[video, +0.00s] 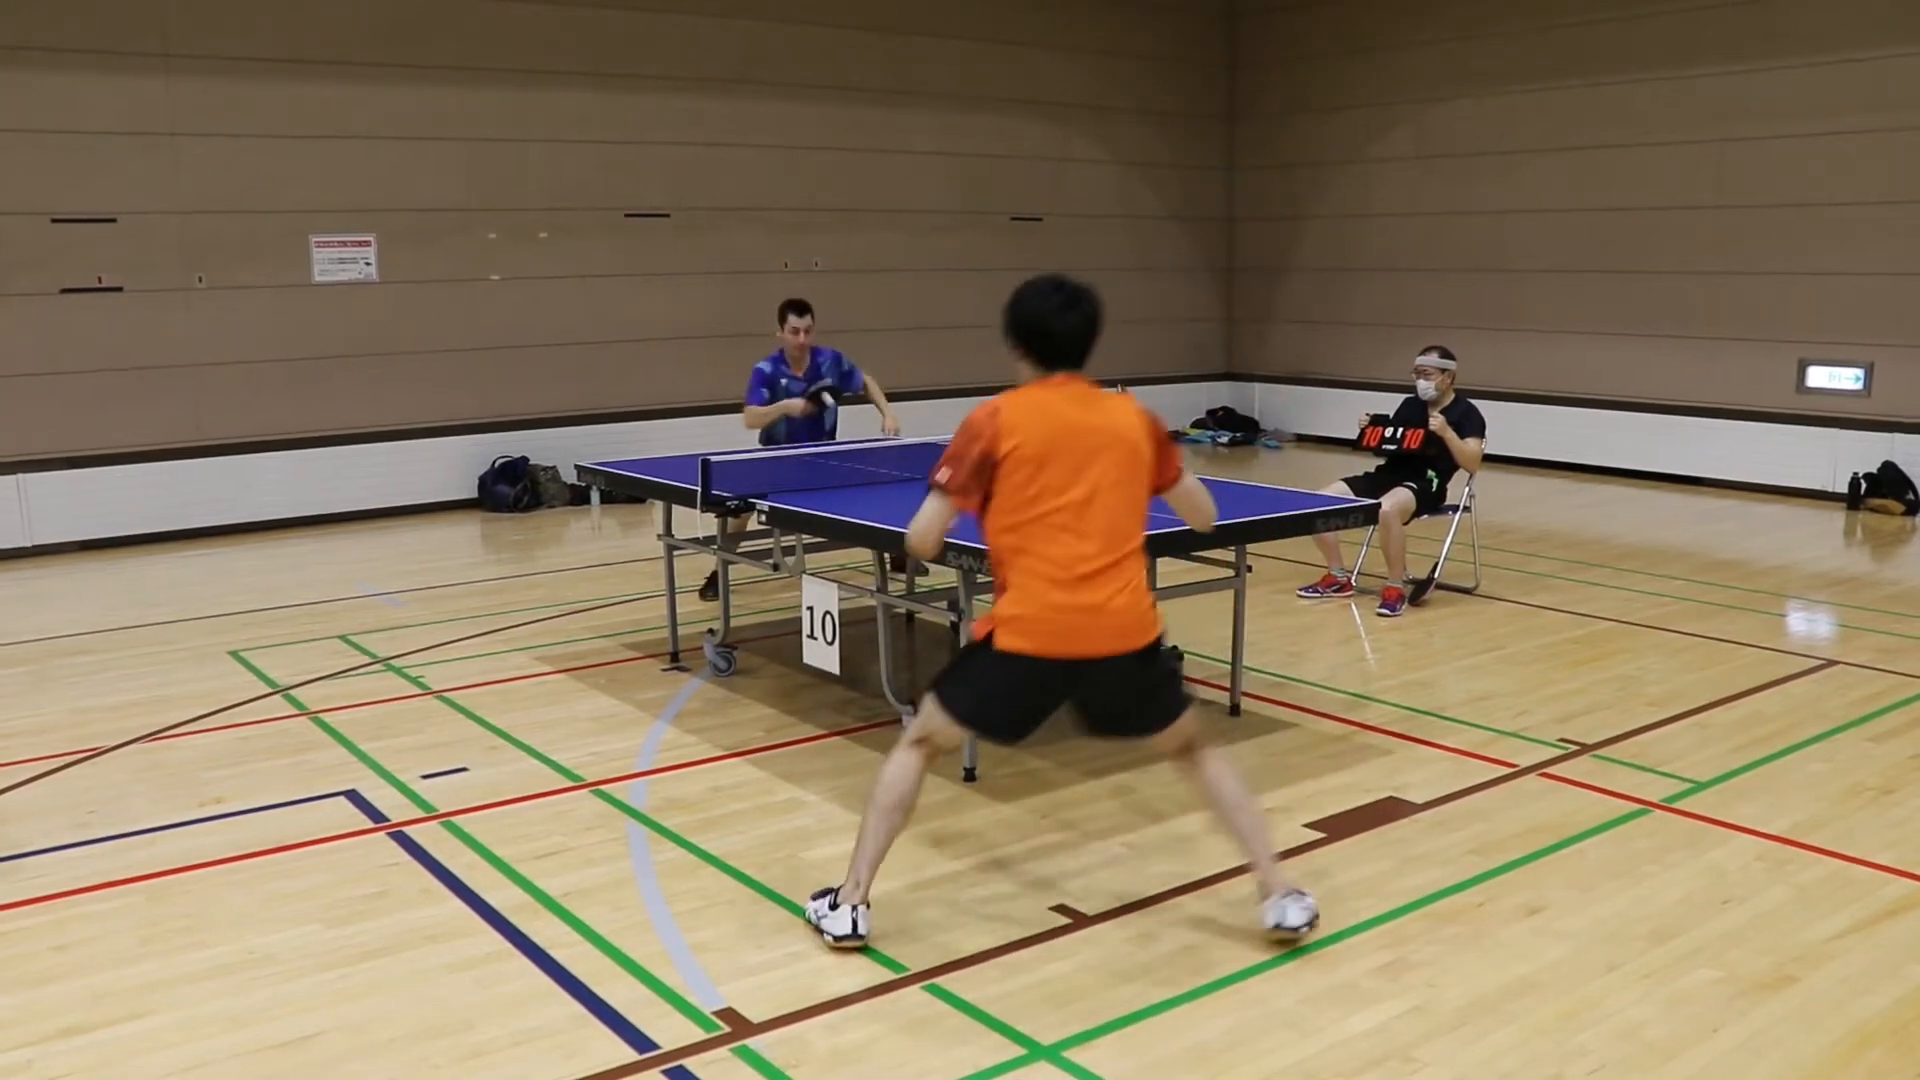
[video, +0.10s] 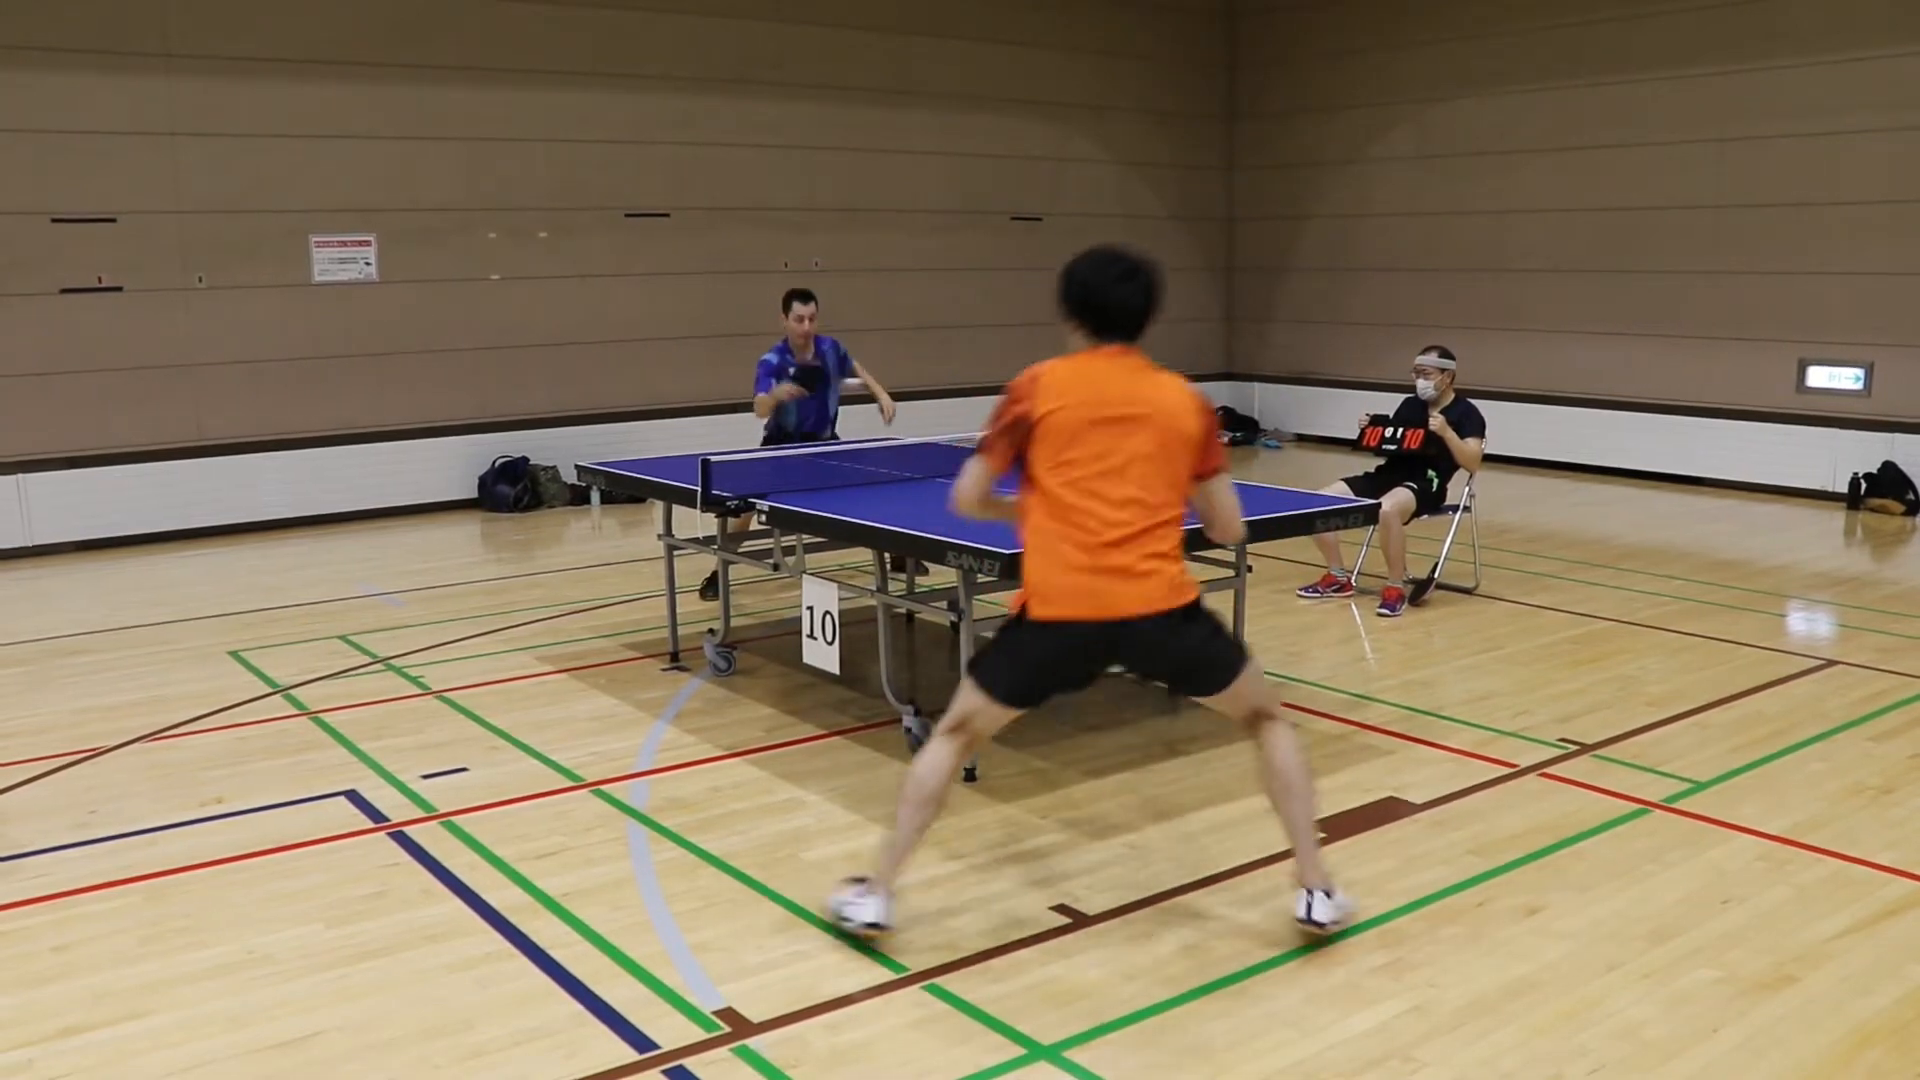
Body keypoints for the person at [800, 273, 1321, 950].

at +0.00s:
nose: (1010, 346)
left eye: (1012, 337)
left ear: (1018, 344)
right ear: (1090, 342)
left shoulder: (993, 421)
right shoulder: (1134, 419)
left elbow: (922, 544)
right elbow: (1203, 517)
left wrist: (925, 542)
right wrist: (1158, 464)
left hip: (1025, 644)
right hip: (1126, 642)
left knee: (920, 743)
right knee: (1194, 749)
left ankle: (851, 901)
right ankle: (1281, 895)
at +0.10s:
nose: (1061, 319)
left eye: (1066, 309)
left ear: (1071, 315)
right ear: (1145, 317)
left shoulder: (1038, 388)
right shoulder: (1184, 399)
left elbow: (966, 500)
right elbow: (1228, 527)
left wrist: (1032, 509)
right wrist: (1174, 486)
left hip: (1056, 618)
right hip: (1163, 614)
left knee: (956, 733)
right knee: (1266, 718)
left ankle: (878, 889)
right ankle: (1316, 887)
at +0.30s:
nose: (1173, 344)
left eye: (1176, 334)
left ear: (1177, 341)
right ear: (1255, 351)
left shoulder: (1125, 411)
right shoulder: (1269, 443)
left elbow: (1094, 512)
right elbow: (1278, 599)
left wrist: (1167, 520)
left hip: (1106, 650)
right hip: (1208, 660)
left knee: (1039, 782)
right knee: (1300, 756)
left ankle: (981, 916)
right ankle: (1376, 916)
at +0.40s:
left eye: (1185, 346)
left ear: (1183, 355)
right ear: (1259, 374)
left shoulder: (1134, 424)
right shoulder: (1251, 461)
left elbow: (1128, 543)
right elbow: (1247, 615)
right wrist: (1297, 695)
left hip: (1088, 668)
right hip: (1191, 684)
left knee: (1018, 798)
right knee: (1302, 761)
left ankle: (932, 901)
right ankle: (1374, 919)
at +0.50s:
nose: (1240, 391)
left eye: (1234, 376)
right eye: (1239, 381)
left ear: (1159, 366)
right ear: (1227, 391)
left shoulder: (1106, 429)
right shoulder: (1183, 471)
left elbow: (1082, 554)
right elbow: (1157, 632)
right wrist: (1242, 711)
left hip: (1041, 676)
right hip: (1127, 692)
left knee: (973, 819)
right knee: (1271, 774)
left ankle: (849, 907)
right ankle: (1373, 923)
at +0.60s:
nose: (1172, 408)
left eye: (1173, 392)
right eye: (1171, 394)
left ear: (1092, 373)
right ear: (1148, 395)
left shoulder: (1019, 437)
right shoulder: (1100, 477)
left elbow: (971, 547)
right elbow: (1095, 632)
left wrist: (1030, 608)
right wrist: (1205, 666)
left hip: (980, 693)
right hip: (1075, 702)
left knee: (912, 838)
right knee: (1223, 791)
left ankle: (795, 947)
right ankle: (1353, 924)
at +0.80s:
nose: (1058, 386)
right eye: (1051, 376)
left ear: (967, 389)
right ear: (1038, 392)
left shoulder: (912, 491)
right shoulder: (1064, 464)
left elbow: (892, 619)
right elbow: (1051, 393)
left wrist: (964, 606)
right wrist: (963, 334)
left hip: (943, 721)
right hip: (1054, 713)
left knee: (848, 821)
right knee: (1112, 806)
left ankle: (780, 957)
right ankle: (1131, 913)